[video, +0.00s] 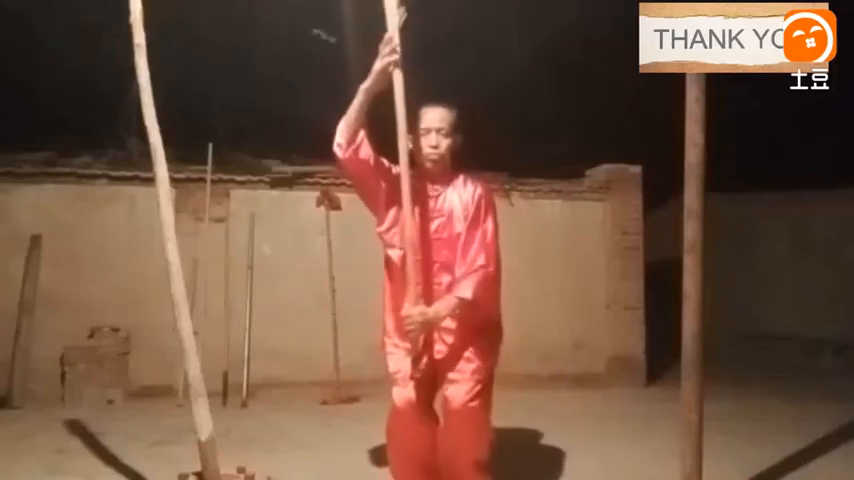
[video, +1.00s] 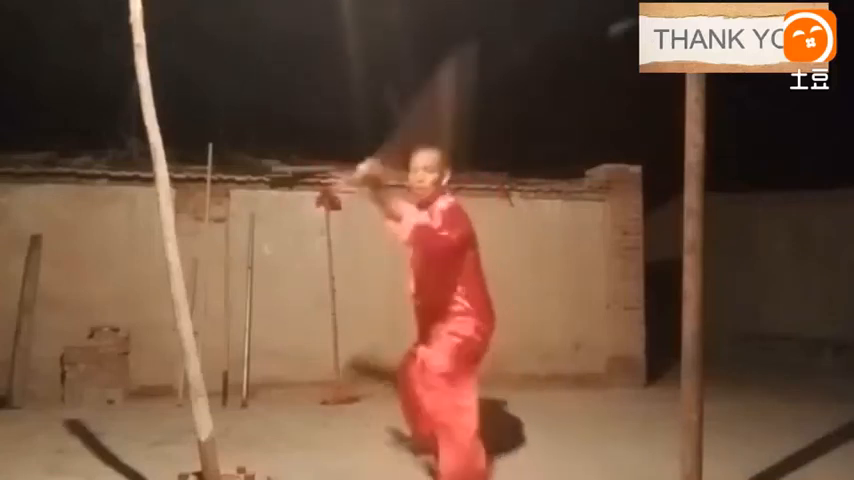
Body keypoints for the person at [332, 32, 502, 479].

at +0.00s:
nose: (434, 140)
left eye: (443, 133)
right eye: (426, 132)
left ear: (457, 141)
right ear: (412, 139)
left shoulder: (473, 195)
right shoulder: (392, 188)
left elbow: (479, 272)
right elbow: (346, 146)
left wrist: (436, 312)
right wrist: (372, 82)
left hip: (463, 329)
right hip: (406, 331)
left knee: (462, 410)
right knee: (406, 411)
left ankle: (467, 476)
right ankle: (412, 477)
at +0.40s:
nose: (426, 141)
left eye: (436, 133)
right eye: (420, 132)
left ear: (456, 140)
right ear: (412, 138)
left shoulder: (470, 185)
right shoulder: (405, 179)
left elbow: (475, 247)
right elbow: (352, 158)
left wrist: (420, 266)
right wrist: (357, 111)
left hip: (475, 314)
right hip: (426, 314)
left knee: (461, 399)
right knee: (410, 393)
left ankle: (475, 474)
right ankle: (420, 473)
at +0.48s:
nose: (431, 148)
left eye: (441, 140)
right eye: (425, 139)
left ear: (460, 146)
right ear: (416, 145)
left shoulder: (471, 191)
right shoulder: (409, 186)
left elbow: (464, 256)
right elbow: (368, 178)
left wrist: (414, 286)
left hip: (480, 318)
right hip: (433, 316)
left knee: (459, 399)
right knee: (409, 387)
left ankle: (473, 474)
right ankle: (420, 464)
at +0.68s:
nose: (427, 164)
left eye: (437, 156)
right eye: (422, 155)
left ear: (457, 162)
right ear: (415, 161)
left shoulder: (459, 206)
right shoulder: (423, 204)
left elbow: (454, 254)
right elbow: (396, 218)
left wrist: (422, 285)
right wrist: (345, 203)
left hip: (476, 327)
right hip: (443, 325)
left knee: (454, 401)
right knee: (433, 407)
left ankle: (472, 472)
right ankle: (457, 471)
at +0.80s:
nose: (420, 172)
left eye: (430, 164)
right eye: (416, 164)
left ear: (449, 171)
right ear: (409, 170)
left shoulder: (452, 210)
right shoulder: (419, 209)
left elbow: (428, 234)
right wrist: (341, 201)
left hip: (466, 332)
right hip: (439, 331)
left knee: (455, 429)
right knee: (438, 431)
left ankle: (467, 474)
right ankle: (448, 473)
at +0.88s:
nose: (418, 175)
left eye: (427, 167)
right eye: (414, 167)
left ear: (446, 173)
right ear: (409, 173)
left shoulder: (450, 209)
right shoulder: (422, 212)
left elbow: (439, 240)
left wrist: (390, 196)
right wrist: (426, 339)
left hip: (472, 321)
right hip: (444, 319)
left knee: (445, 382)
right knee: (416, 370)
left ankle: (466, 470)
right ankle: (432, 447)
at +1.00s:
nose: (419, 178)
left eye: (429, 171)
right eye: (414, 171)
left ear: (444, 176)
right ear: (408, 176)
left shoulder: (451, 213)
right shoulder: (420, 213)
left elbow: (441, 242)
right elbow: (394, 213)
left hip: (466, 317)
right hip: (435, 317)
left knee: (432, 369)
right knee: (412, 371)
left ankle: (463, 467)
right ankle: (429, 439)